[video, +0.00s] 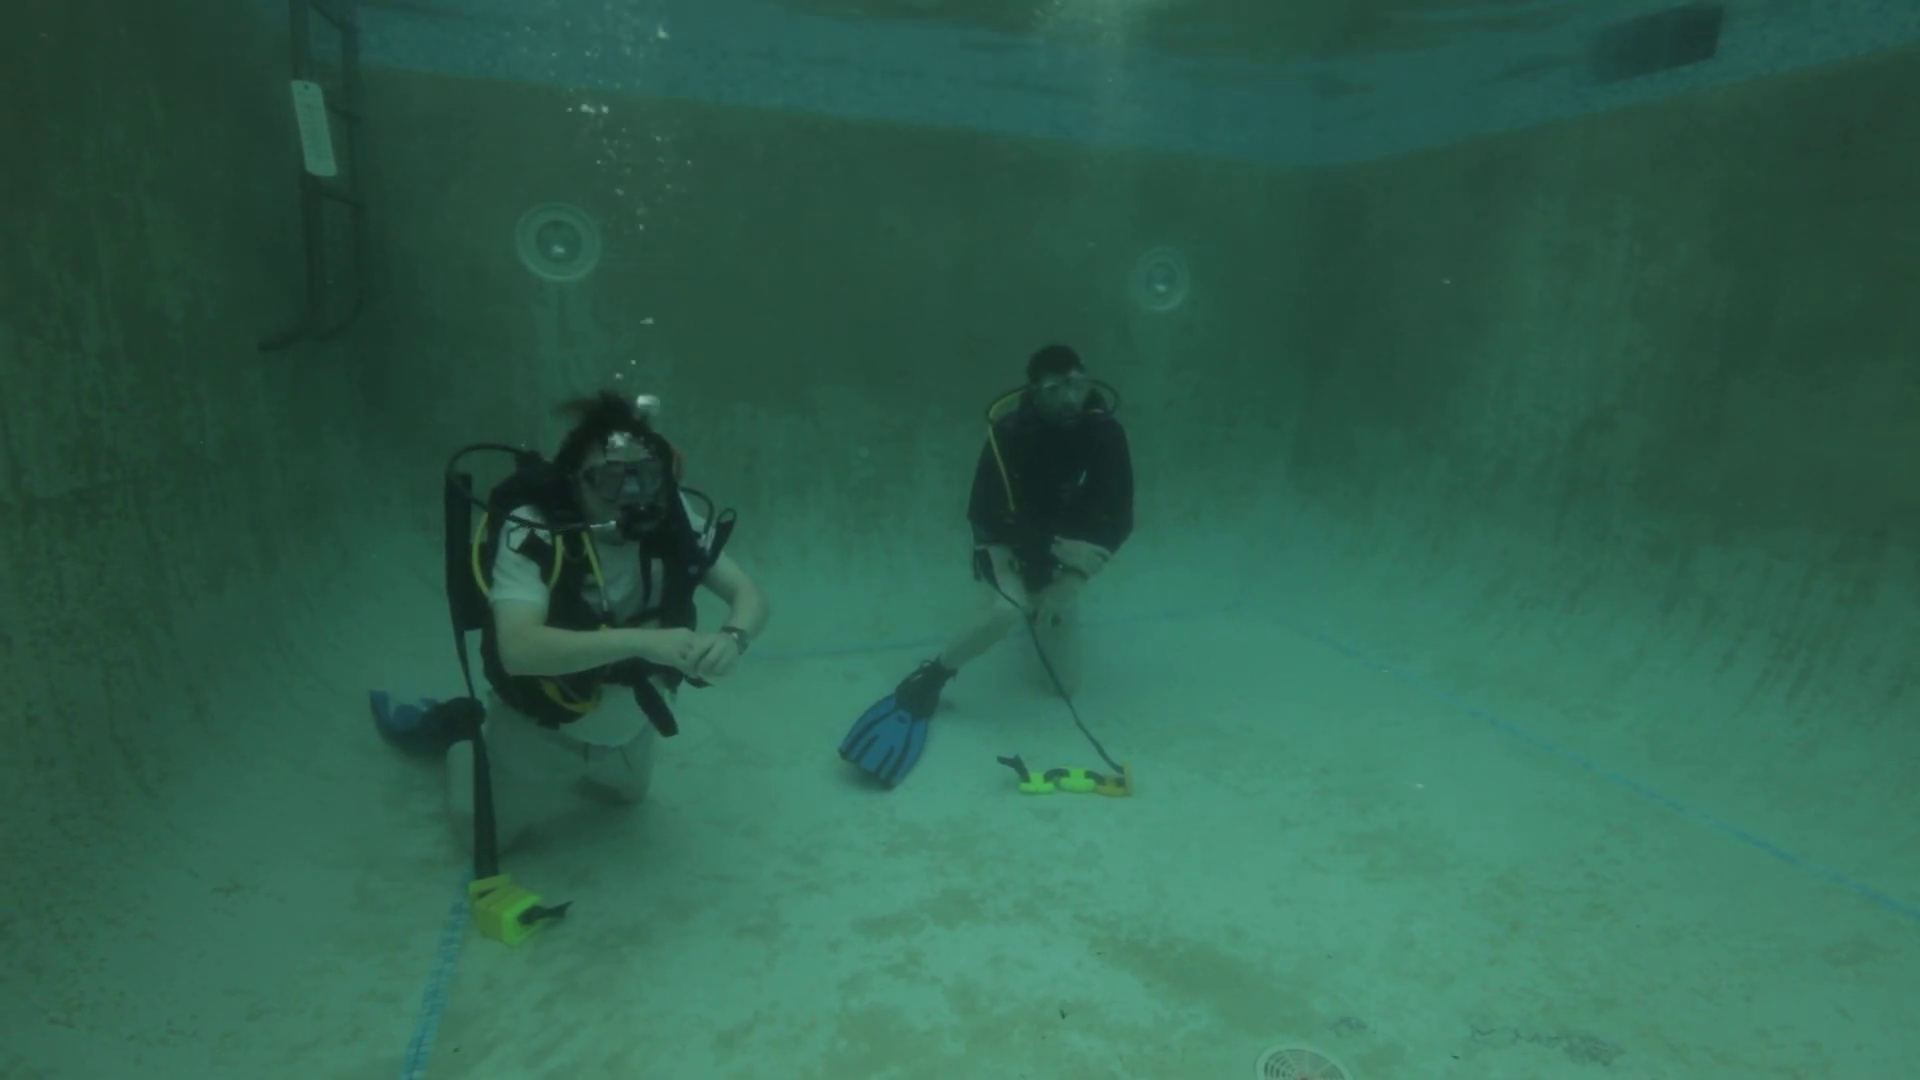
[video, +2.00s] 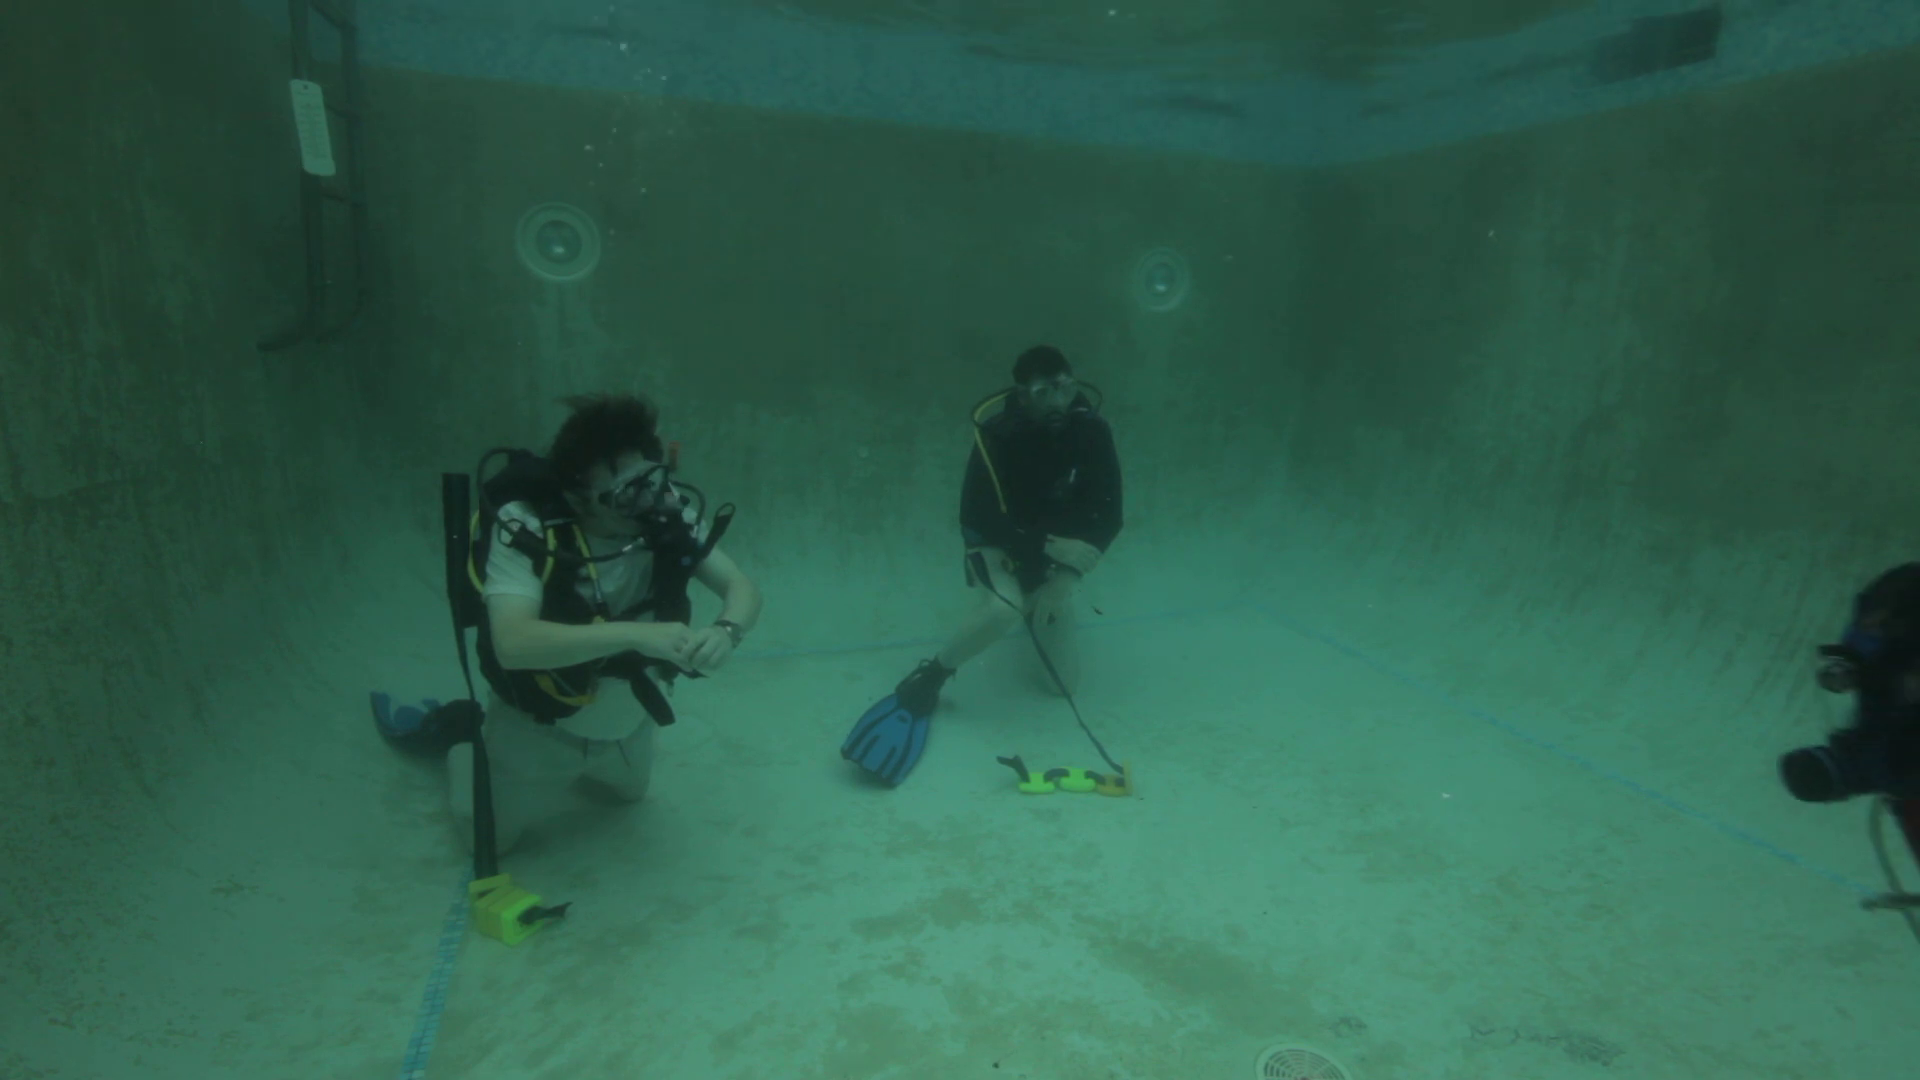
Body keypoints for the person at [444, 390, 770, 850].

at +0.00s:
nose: (626, 493)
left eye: (639, 477)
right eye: (609, 478)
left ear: (658, 477)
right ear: (577, 479)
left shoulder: (670, 519)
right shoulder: (531, 527)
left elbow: (748, 594)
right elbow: (517, 650)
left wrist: (734, 637)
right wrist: (647, 643)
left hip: (628, 711)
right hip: (539, 718)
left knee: (628, 786)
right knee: (485, 835)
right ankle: (462, 730)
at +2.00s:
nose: (651, 503)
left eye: (655, 484)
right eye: (630, 492)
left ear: (662, 474)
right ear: (581, 496)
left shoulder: (662, 517)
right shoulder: (524, 526)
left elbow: (743, 589)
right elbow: (512, 643)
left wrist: (728, 630)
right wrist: (639, 636)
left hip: (626, 712)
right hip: (537, 721)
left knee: (627, 788)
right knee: (490, 837)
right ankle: (463, 730)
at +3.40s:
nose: (634, 494)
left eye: (637, 475)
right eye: (614, 483)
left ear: (645, 466)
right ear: (566, 491)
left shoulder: (653, 508)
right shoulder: (510, 528)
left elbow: (721, 583)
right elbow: (538, 632)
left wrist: (733, 627)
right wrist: (652, 576)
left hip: (626, 706)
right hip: (538, 719)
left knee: (627, 787)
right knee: (507, 830)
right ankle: (463, 731)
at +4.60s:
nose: (659, 468)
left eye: (654, 455)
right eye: (644, 461)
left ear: (607, 475)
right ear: (600, 476)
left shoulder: (642, 516)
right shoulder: (516, 521)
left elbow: (684, 594)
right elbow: (589, 588)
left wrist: (738, 599)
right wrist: (696, 580)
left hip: (617, 701)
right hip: (527, 719)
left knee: (627, 775)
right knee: (494, 839)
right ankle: (459, 728)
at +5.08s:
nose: (685, 479)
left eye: (683, 465)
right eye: (673, 468)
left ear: (633, 473)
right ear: (628, 473)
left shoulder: (640, 520)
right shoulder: (546, 514)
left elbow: (680, 594)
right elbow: (630, 569)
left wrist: (758, 591)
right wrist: (752, 570)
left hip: (605, 703)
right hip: (519, 717)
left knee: (620, 768)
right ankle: (443, 728)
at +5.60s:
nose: (703, 469)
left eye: (699, 457)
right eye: (691, 460)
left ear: (654, 467)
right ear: (649, 465)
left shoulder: (658, 522)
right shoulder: (585, 512)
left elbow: (693, 601)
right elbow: (688, 568)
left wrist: (765, 624)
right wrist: (794, 564)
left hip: (582, 700)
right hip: (509, 702)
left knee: (555, 759)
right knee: (475, 812)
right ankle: (426, 724)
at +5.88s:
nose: (711, 476)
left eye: (711, 462)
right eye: (700, 464)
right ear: (655, 463)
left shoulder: (664, 508)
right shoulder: (601, 499)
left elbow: (672, 597)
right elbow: (647, 556)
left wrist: (740, 624)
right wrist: (778, 580)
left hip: (573, 692)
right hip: (506, 689)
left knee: (528, 756)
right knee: (456, 829)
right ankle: (408, 736)